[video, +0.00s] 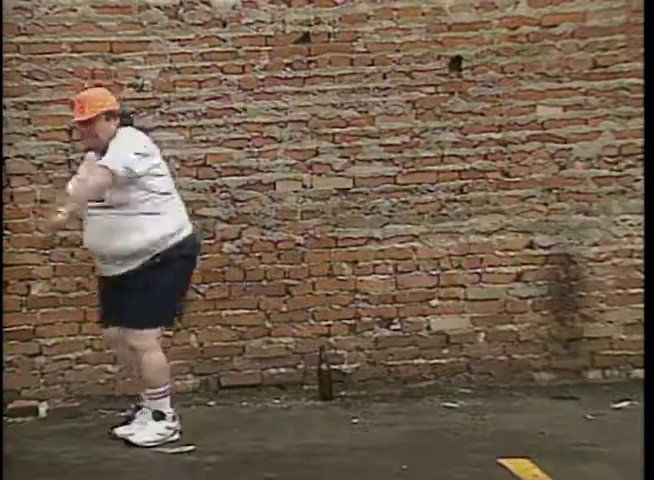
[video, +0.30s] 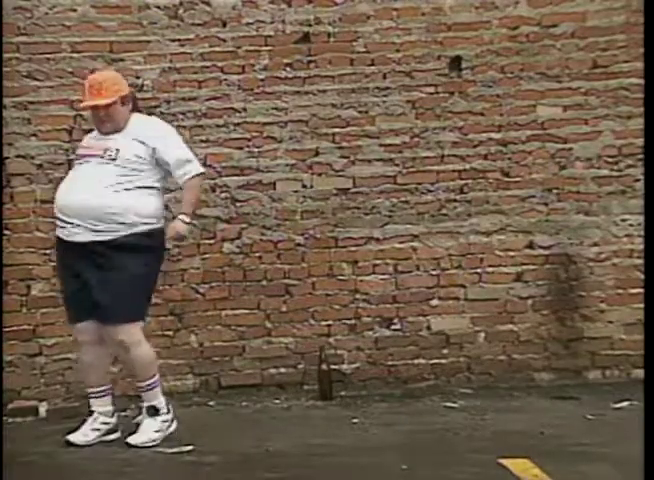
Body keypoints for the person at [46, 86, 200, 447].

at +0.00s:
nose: (84, 132)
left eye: (90, 124)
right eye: (80, 126)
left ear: (112, 119)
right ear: (79, 126)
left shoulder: (130, 142)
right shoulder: (95, 156)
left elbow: (101, 181)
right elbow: (79, 188)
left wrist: (73, 197)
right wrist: (67, 208)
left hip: (158, 254)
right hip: (122, 259)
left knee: (143, 337)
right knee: (121, 336)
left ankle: (164, 417)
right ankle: (150, 409)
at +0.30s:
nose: (100, 115)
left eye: (107, 107)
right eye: (94, 109)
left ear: (127, 100)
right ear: (88, 108)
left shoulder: (153, 131)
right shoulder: (94, 137)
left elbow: (193, 176)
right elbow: (101, 183)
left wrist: (184, 217)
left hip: (130, 244)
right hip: (77, 244)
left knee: (125, 333)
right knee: (88, 335)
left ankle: (159, 413)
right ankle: (104, 417)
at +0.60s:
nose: (128, 96)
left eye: (134, 89)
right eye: (120, 87)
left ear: (141, 91)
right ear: (101, 86)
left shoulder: (152, 126)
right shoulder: (76, 109)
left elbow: (180, 176)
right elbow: (29, 131)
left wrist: (157, 162)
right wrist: (47, 134)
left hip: (145, 234)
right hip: (87, 236)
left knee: (148, 315)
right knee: (98, 326)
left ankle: (160, 404)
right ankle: (104, 411)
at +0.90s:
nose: (130, 124)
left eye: (133, 117)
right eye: (121, 119)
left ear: (138, 115)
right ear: (99, 123)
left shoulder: (152, 140)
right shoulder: (80, 154)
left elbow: (188, 160)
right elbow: (42, 175)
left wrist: (191, 192)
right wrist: (25, 181)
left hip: (158, 260)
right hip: (98, 262)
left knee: (174, 333)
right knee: (110, 342)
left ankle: (173, 407)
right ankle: (121, 412)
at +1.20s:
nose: (133, 111)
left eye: (135, 104)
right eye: (124, 105)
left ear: (138, 99)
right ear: (100, 103)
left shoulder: (145, 128)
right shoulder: (72, 132)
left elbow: (170, 165)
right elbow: (52, 181)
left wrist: (188, 194)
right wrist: (66, 212)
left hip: (161, 240)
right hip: (105, 245)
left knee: (170, 321)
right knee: (114, 334)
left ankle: (182, 398)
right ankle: (115, 409)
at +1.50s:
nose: (133, 94)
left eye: (135, 88)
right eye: (124, 90)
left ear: (141, 89)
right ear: (105, 97)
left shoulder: (157, 122)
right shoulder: (88, 127)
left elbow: (181, 160)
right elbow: (64, 173)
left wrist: (200, 161)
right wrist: (65, 207)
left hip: (165, 241)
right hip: (108, 243)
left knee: (181, 309)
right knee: (115, 327)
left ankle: (174, 392)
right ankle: (113, 409)